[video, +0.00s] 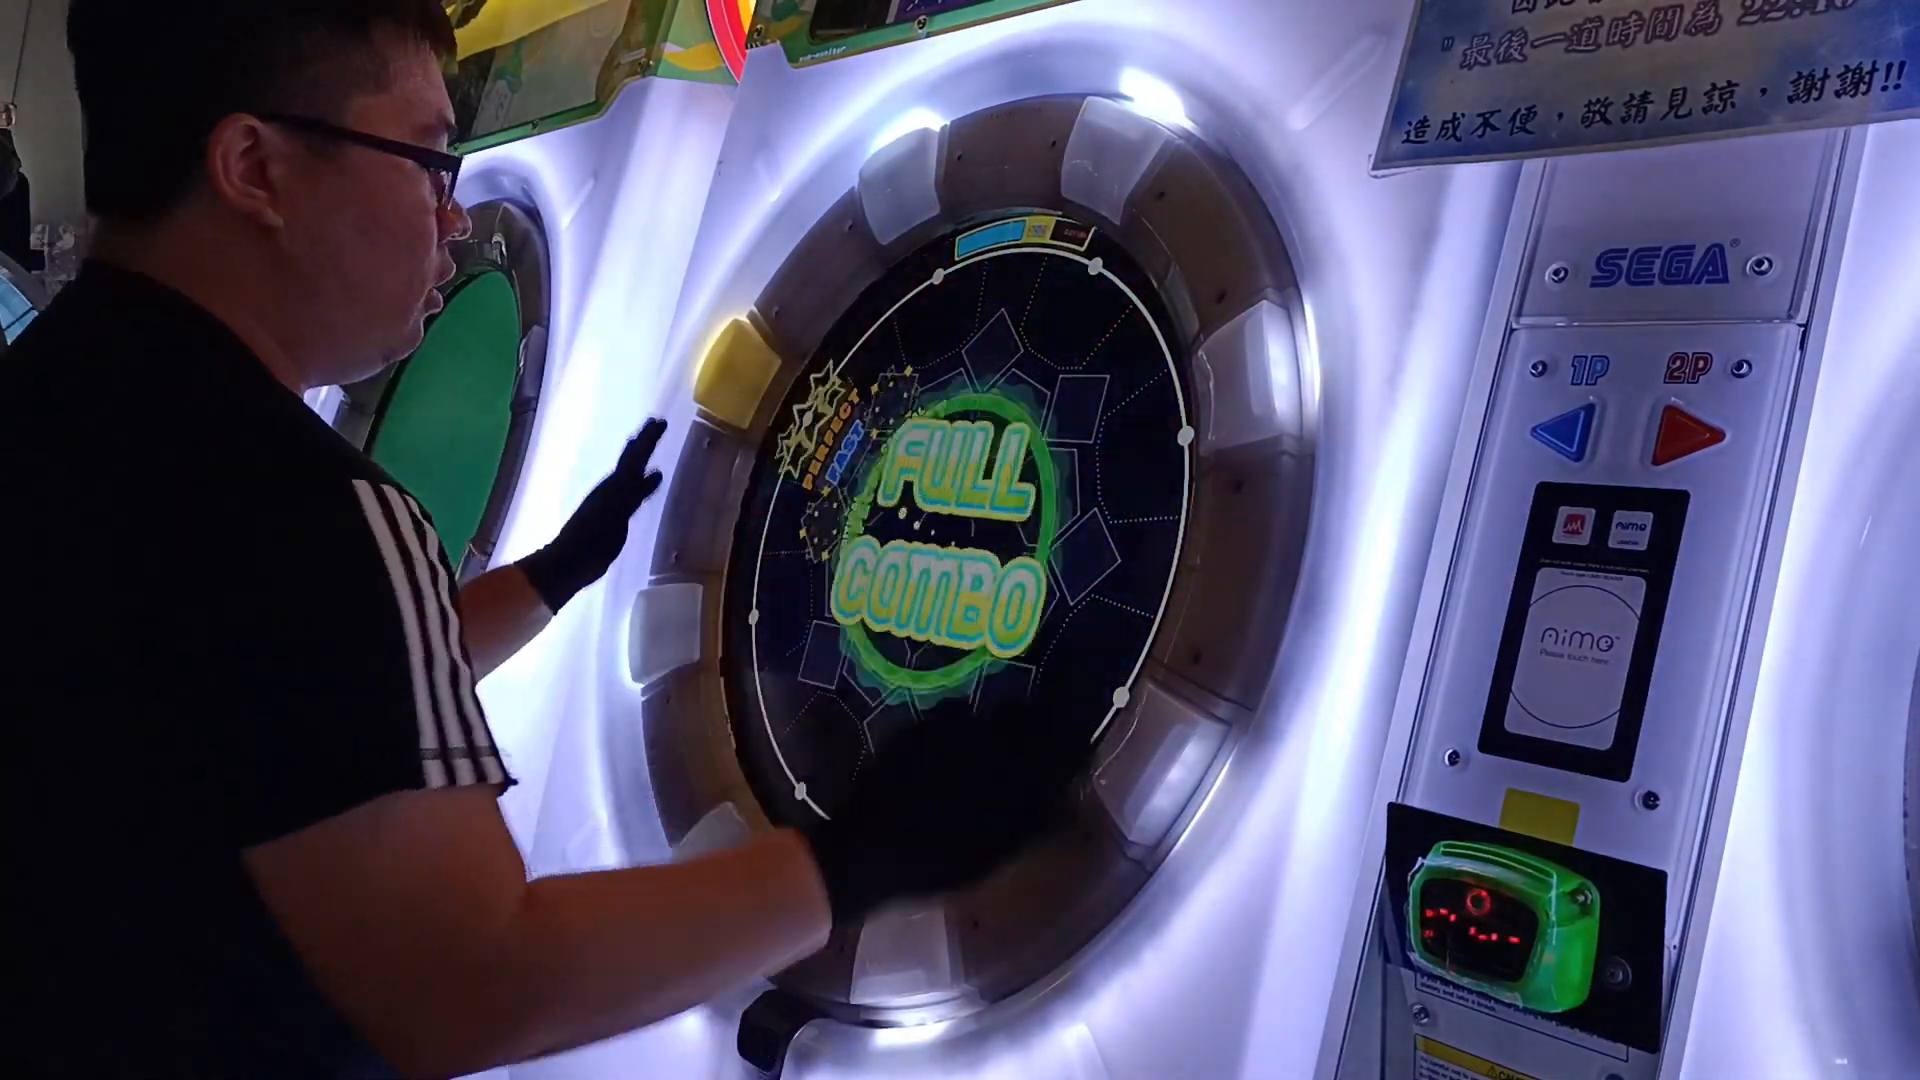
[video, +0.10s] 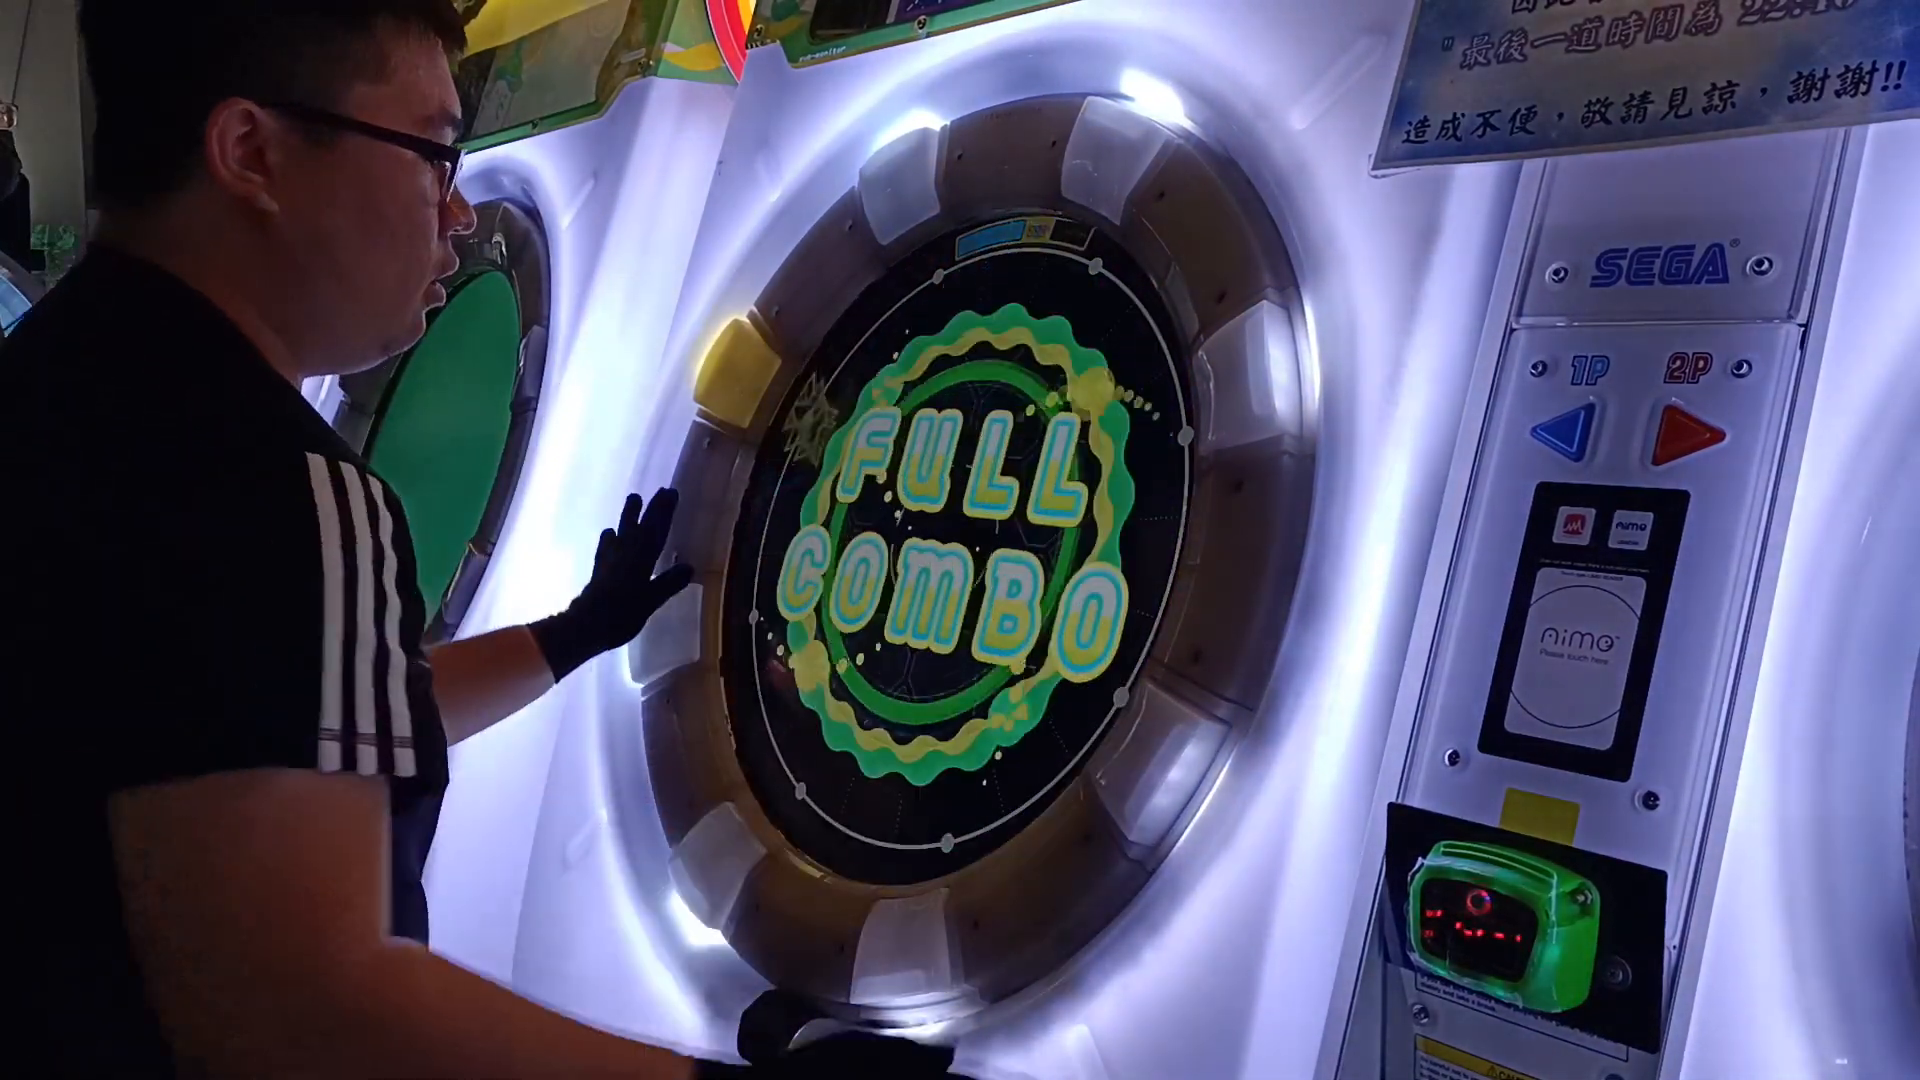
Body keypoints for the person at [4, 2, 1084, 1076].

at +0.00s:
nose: (458, 219)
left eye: (451, 166)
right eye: (430, 163)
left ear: (251, 178)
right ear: (254, 173)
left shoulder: (53, 402)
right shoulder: (269, 494)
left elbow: (305, 711)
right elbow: (456, 991)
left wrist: (558, 570)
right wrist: (860, 855)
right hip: (265, 1052)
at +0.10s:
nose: (462, 209)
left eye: (451, 159)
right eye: (430, 153)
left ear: (249, 158)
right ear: (250, 155)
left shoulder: (63, 388)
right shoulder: (262, 476)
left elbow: (304, 722)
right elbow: (292, 1009)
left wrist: (580, 628)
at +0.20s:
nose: (458, 185)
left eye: (446, 131)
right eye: (429, 124)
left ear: (244, 138)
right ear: (243, 136)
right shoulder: (212, 438)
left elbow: (316, 723)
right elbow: (157, 1004)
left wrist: (577, 650)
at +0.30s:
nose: (431, 121)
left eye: (412, 76)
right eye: (395, 69)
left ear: (207, 113)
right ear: (207, 108)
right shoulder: (186, 422)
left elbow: (316, 723)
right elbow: (112, 1008)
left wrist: (581, 652)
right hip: (294, 1046)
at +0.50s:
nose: (348, 59)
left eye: (321, 22)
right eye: (298, 13)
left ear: (103, 60)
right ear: (96, 57)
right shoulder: (119, 435)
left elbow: (303, 731)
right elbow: (166, 1052)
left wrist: (578, 704)